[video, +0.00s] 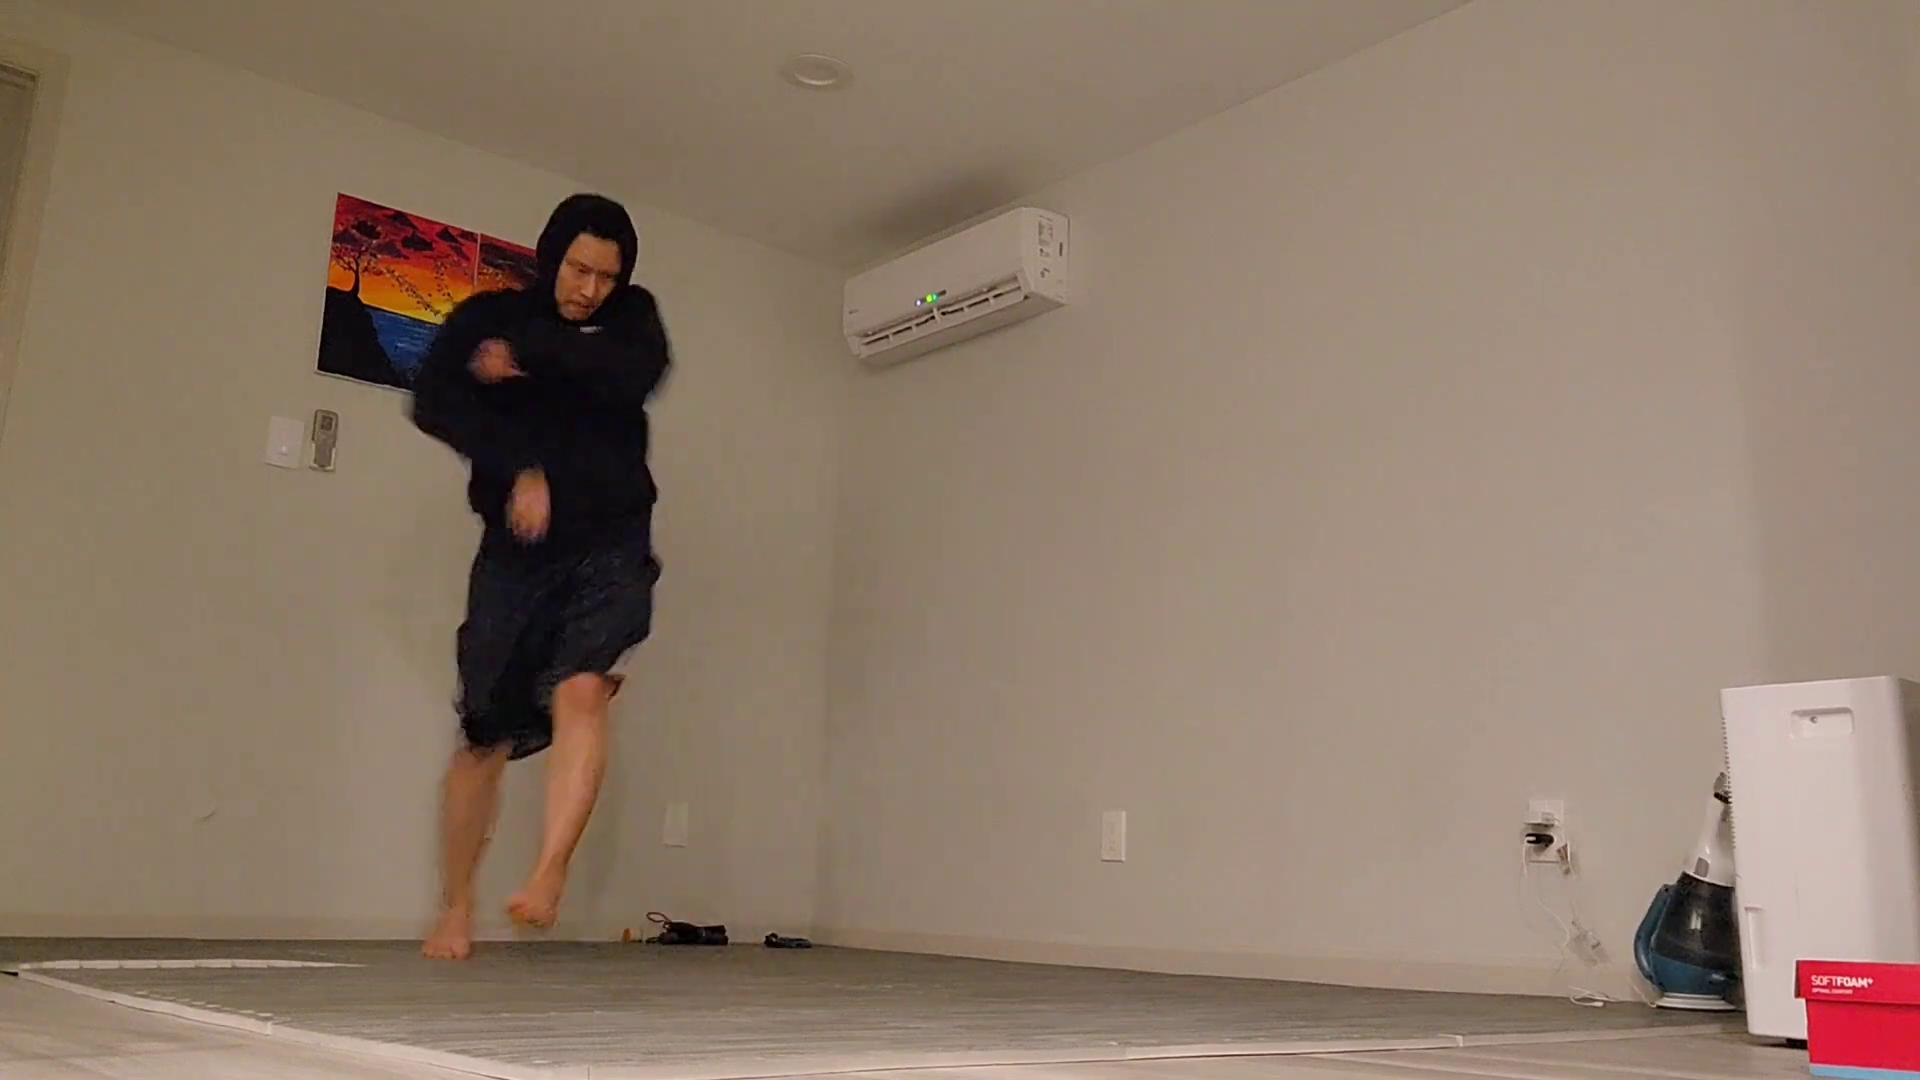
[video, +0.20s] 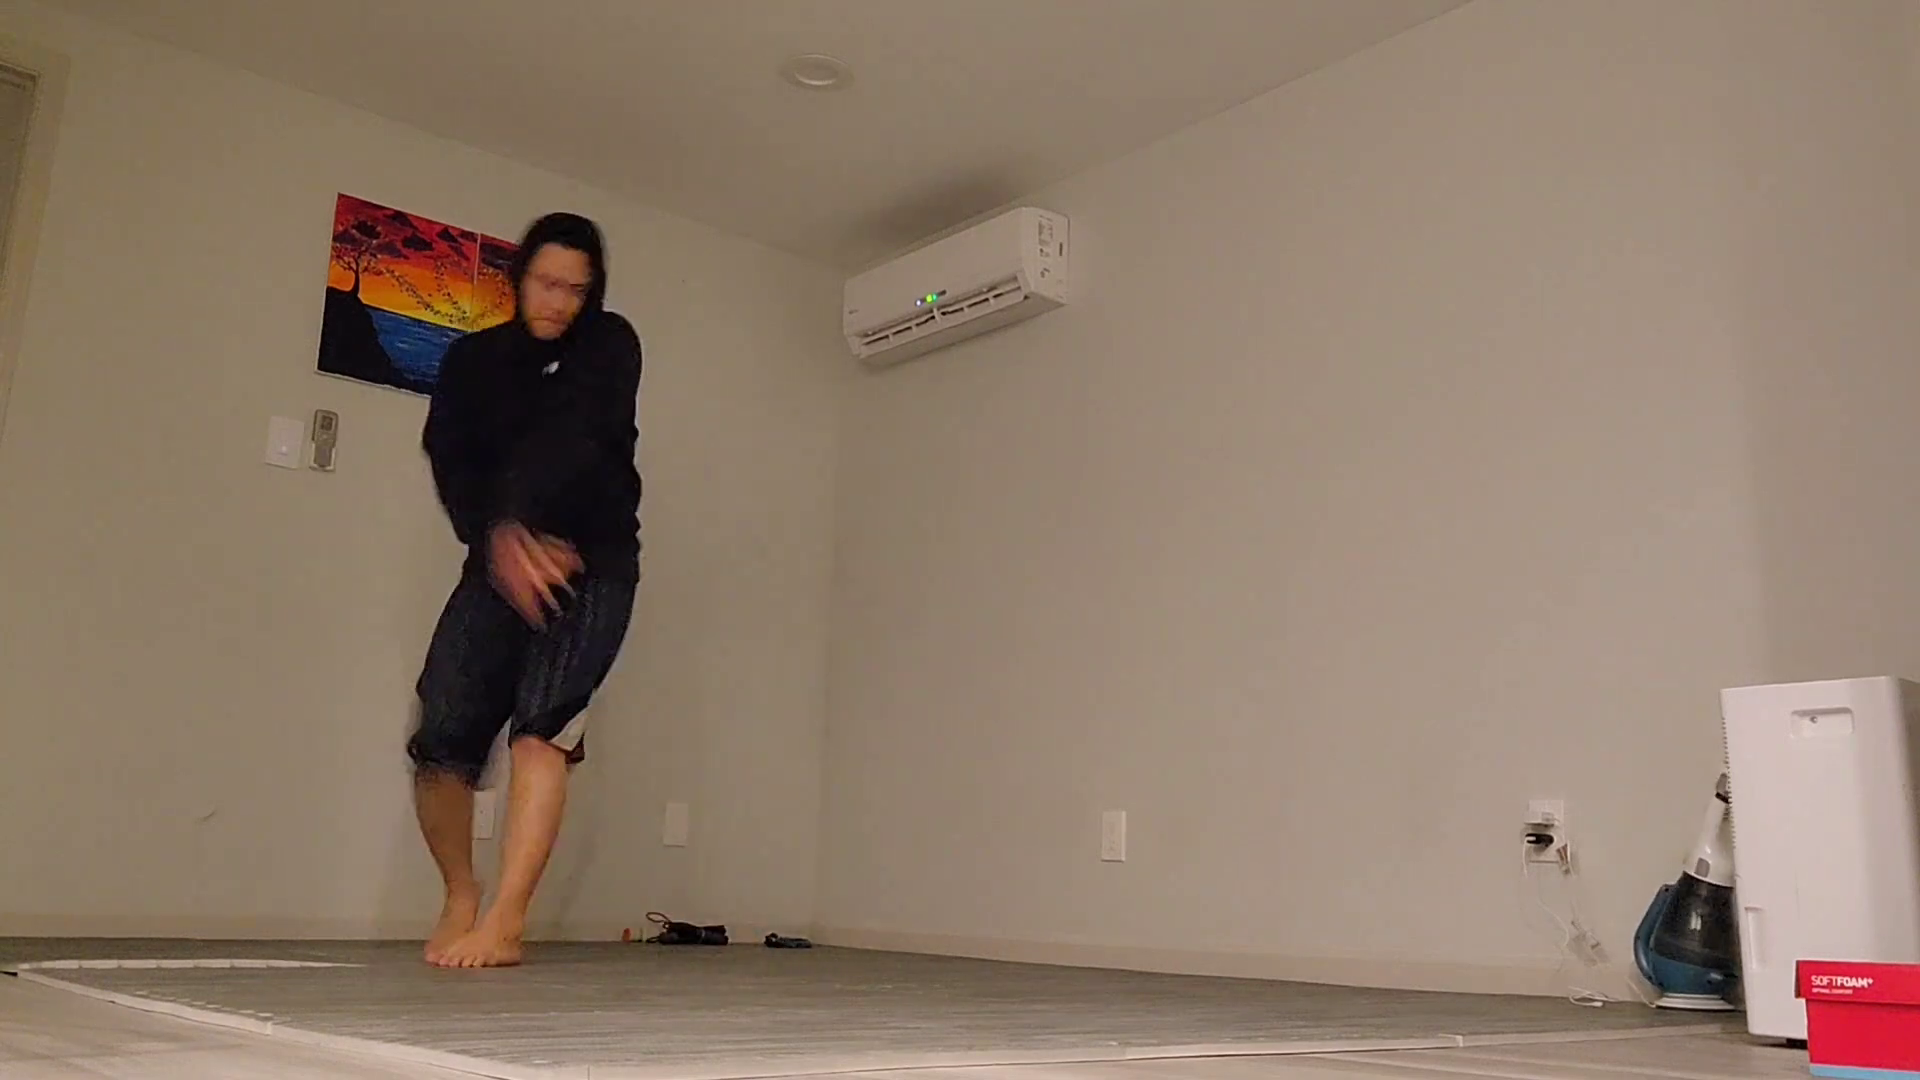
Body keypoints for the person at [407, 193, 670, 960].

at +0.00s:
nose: (586, 287)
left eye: (603, 274)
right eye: (575, 268)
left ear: (622, 275)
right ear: (549, 259)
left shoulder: (631, 316)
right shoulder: (490, 315)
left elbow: (637, 371)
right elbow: (433, 401)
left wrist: (525, 356)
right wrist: (517, 467)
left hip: (608, 544)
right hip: (514, 546)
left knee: (581, 688)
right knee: (485, 734)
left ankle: (549, 878)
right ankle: (456, 907)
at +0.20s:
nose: (558, 300)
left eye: (575, 287)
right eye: (546, 282)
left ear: (593, 293)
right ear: (517, 279)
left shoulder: (609, 343)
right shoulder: (471, 355)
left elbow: (582, 437)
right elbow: (449, 460)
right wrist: (497, 536)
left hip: (592, 563)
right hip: (497, 558)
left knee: (541, 730)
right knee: (439, 738)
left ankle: (506, 924)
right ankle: (461, 899)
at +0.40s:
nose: (492, 322)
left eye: (507, 307)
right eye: (480, 306)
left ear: (540, 297)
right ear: (466, 296)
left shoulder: (608, 344)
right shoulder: (461, 353)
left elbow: (686, 442)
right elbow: (439, 465)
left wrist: (715, 549)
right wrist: (482, 403)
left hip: (595, 567)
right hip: (505, 567)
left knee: (549, 731)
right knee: (434, 718)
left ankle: (507, 924)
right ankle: (546, 857)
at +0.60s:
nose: (545, 281)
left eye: (557, 262)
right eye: (525, 270)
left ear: (586, 264)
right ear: (501, 285)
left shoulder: (632, 323)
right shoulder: (473, 342)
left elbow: (726, 357)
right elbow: (479, 415)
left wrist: (770, 451)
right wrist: (548, 320)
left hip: (605, 552)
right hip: (515, 562)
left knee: (555, 719)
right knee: (513, 753)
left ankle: (557, 910)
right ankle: (562, 910)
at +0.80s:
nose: (597, 257)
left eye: (610, 243)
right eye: (583, 240)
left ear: (624, 254)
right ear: (548, 244)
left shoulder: (648, 340)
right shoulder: (488, 337)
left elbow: (702, 445)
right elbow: (420, 451)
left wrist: (699, 534)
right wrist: (464, 515)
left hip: (609, 572)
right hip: (505, 570)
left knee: (591, 747)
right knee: (471, 718)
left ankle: (561, 926)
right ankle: (534, 799)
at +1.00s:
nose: (627, 244)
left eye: (641, 233)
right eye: (613, 226)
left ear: (650, 246)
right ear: (578, 228)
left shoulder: (656, 315)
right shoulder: (512, 288)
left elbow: (632, 373)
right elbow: (385, 316)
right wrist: (326, 380)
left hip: (607, 552)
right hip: (510, 533)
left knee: (575, 757)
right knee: (514, 691)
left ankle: (510, 925)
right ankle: (492, 894)